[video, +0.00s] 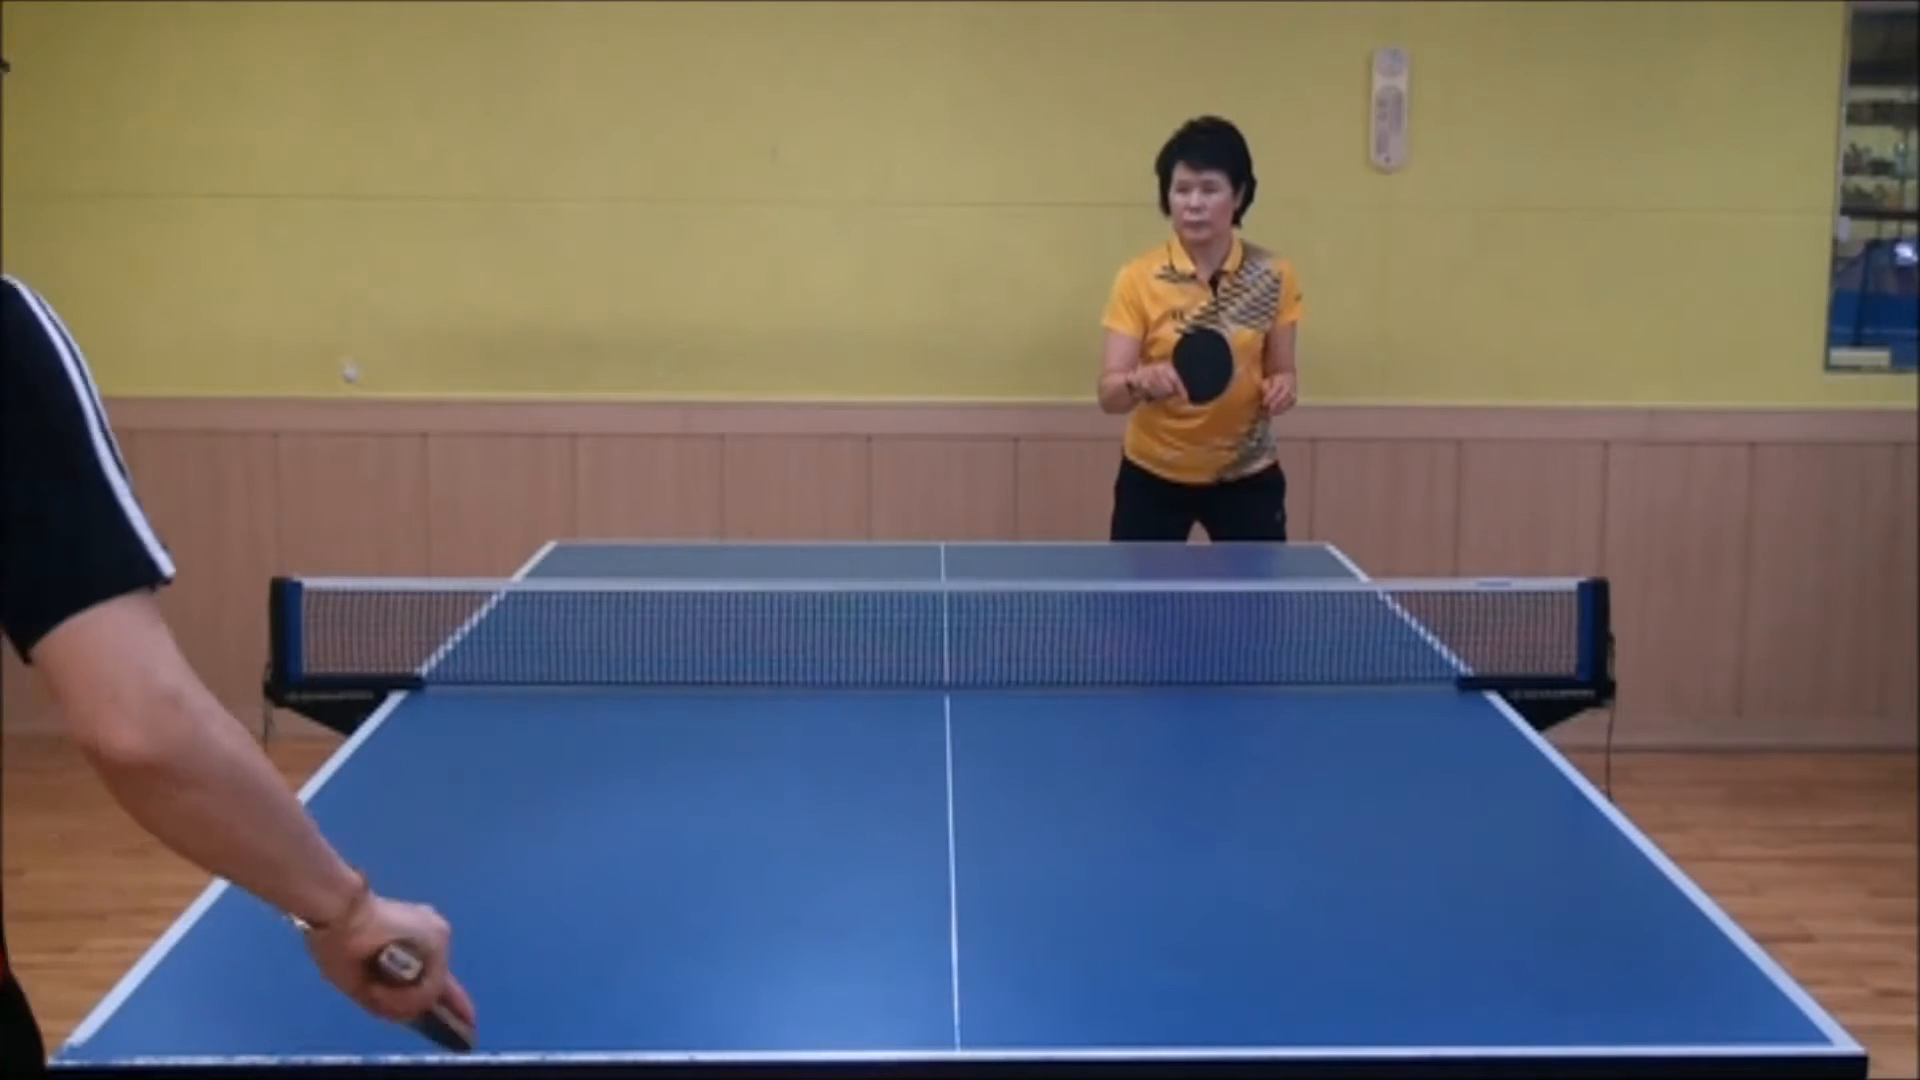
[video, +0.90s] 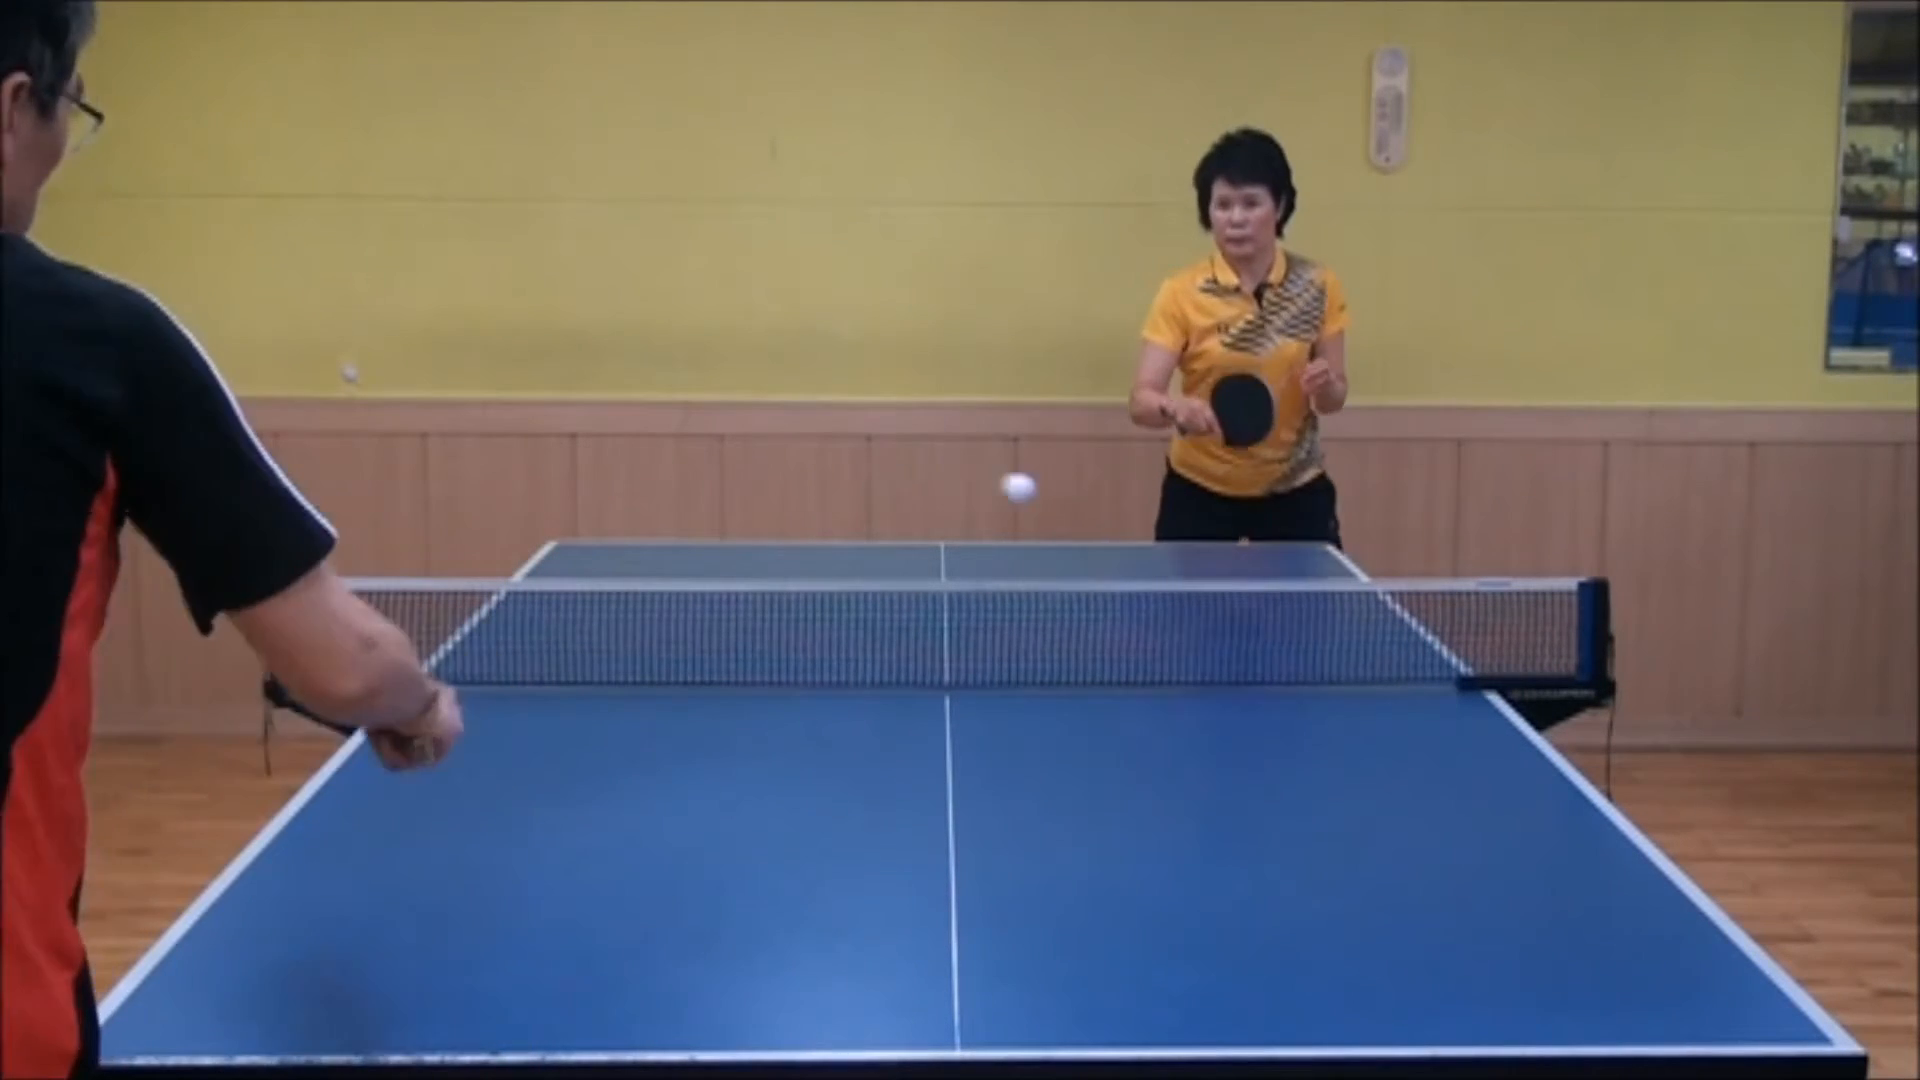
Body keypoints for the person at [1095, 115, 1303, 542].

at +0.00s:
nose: (1193, 203)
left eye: (1209, 189)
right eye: (1182, 189)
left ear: (1239, 196)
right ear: (1166, 196)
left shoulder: (1273, 279)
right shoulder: (1139, 280)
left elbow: (1282, 372)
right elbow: (1110, 395)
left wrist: (1280, 388)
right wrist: (1139, 382)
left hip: (1245, 482)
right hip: (1154, 479)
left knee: (1261, 600)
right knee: (1135, 600)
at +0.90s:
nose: (1236, 219)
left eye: (1251, 204)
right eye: (1223, 205)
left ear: (1280, 208)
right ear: (1207, 212)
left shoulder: (1318, 290)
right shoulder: (1181, 295)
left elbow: (1331, 402)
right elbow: (1142, 401)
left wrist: (1323, 383)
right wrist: (1174, 408)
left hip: (1293, 496)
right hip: (1199, 495)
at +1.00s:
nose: (1267, 236)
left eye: (1282, 220)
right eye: (1253, 222)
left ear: (1309, 220)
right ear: (1236, 227)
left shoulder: (1346, 299)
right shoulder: (1212, 306)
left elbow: (1354, 415)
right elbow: (1168, 414)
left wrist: (1354, 394)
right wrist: (1214, 423)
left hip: (1318, 506)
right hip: (1225, 506)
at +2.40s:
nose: (1219, 208)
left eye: (1235, 194)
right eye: (1208, 194)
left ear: (1267, 205)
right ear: (1192, 203)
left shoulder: (1300, 289)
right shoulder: (1162, 291)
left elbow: (1312, 379)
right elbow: (1130, 404)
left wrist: (1321, 401)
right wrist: (1154, 397)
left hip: (1272, 495)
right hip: (1178, 492)